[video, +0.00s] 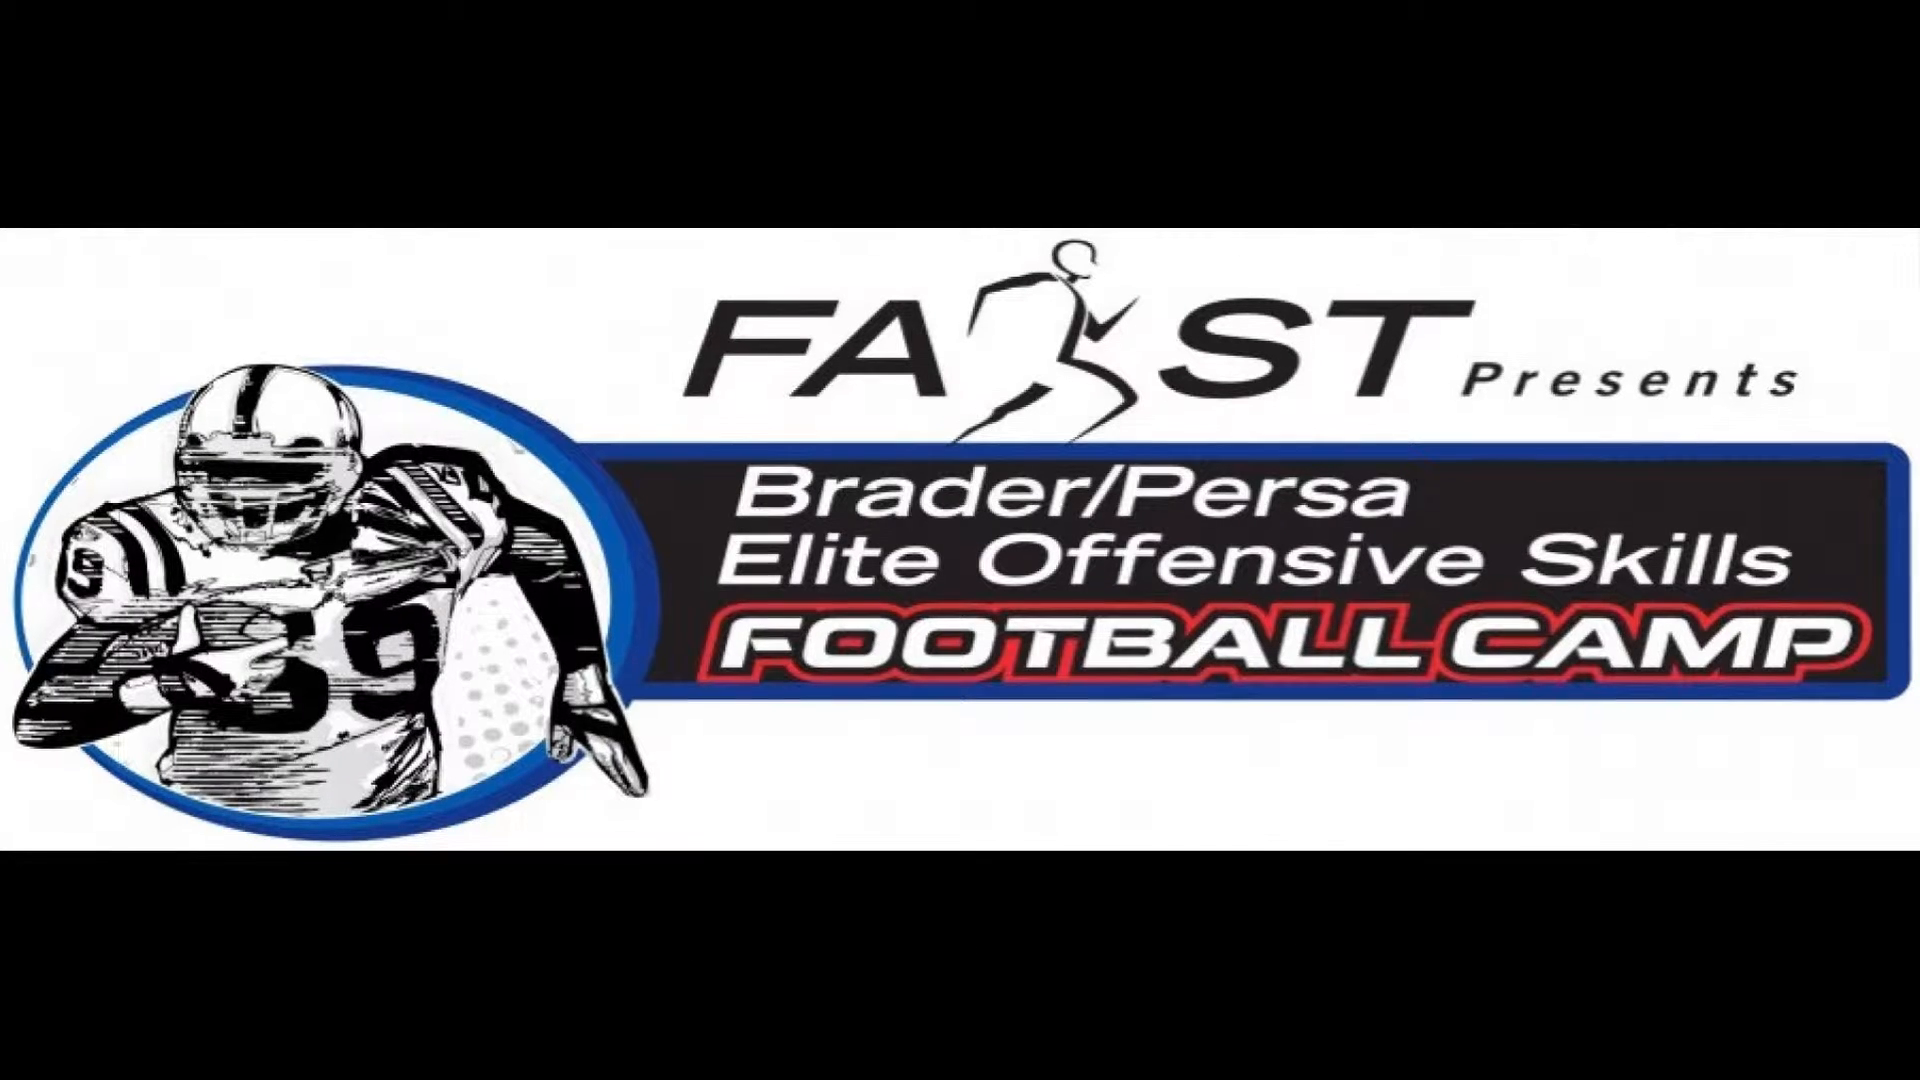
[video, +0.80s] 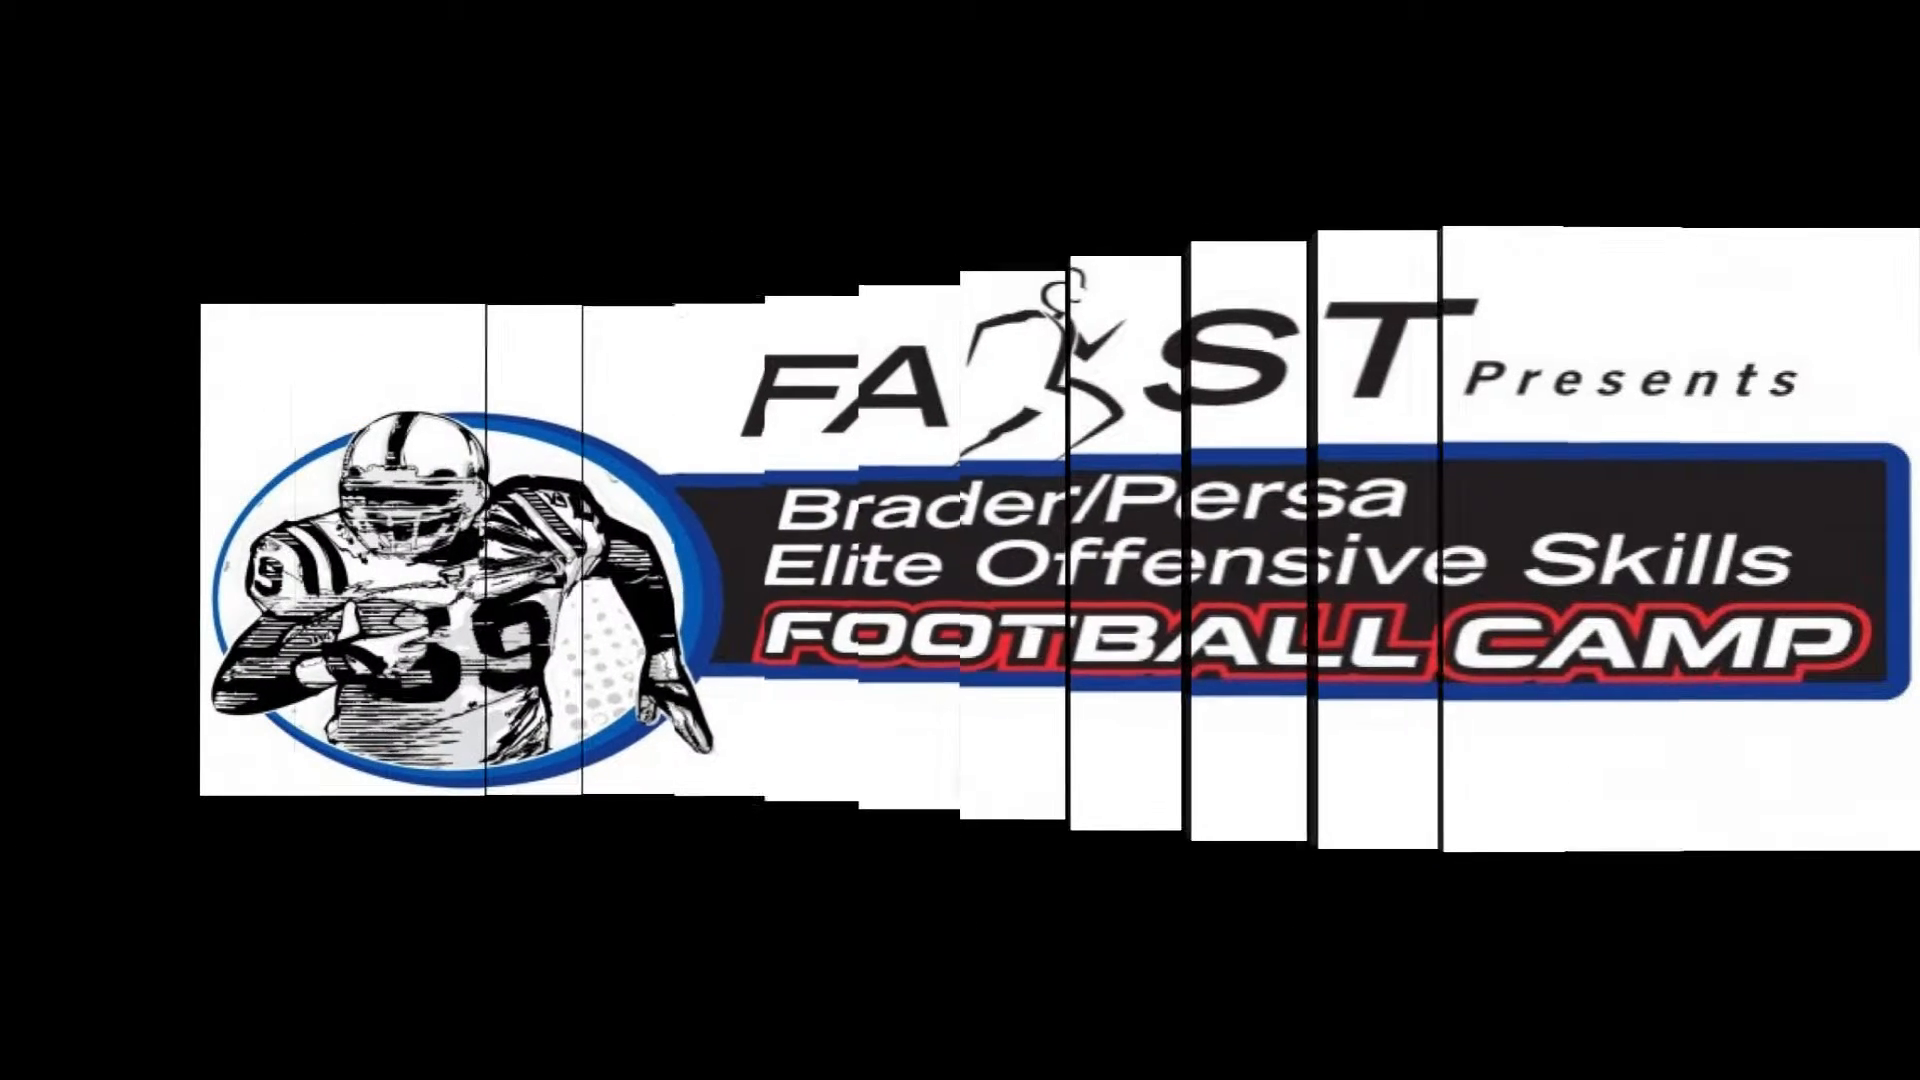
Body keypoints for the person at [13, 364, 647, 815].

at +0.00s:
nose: (251, 512)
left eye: (279, 490)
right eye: (228, 489)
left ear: (336, 478)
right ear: (192, 478)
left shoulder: (422, 506)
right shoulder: (139, 548)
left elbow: (544, 546)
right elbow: (40, 715)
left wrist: (584, 671)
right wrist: (170, 682)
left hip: (386, 811)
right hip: (217, 815)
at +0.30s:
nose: (269, 504)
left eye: (296, 484)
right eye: (250, 482)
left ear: (344, 476)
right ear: (224, 473)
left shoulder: (425, 505)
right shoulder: (186, 545)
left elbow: (543, 549)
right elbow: (117, 706)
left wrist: (583, 678)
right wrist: (223, 672)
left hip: (390, 803)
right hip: (245, 803)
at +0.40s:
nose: (320, 513)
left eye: (344, 492)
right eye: (303, 491)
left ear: (380, 478)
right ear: (278, 477)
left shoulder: (447, 511)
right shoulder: (247, 549)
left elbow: (550, 551)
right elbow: (182, 697)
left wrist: (584, 675)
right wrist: (277, 666)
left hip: (421, 794)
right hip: (297, 794)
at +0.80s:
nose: (402, 531)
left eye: (424, 513)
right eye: (383, 513)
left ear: (467, 501)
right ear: (355, 504)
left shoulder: (535, 524)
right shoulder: (314, 559)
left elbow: (633, 555)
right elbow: (233, 690)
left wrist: (663, 652)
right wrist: (337, 662)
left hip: (511, 764)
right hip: (376, 767)